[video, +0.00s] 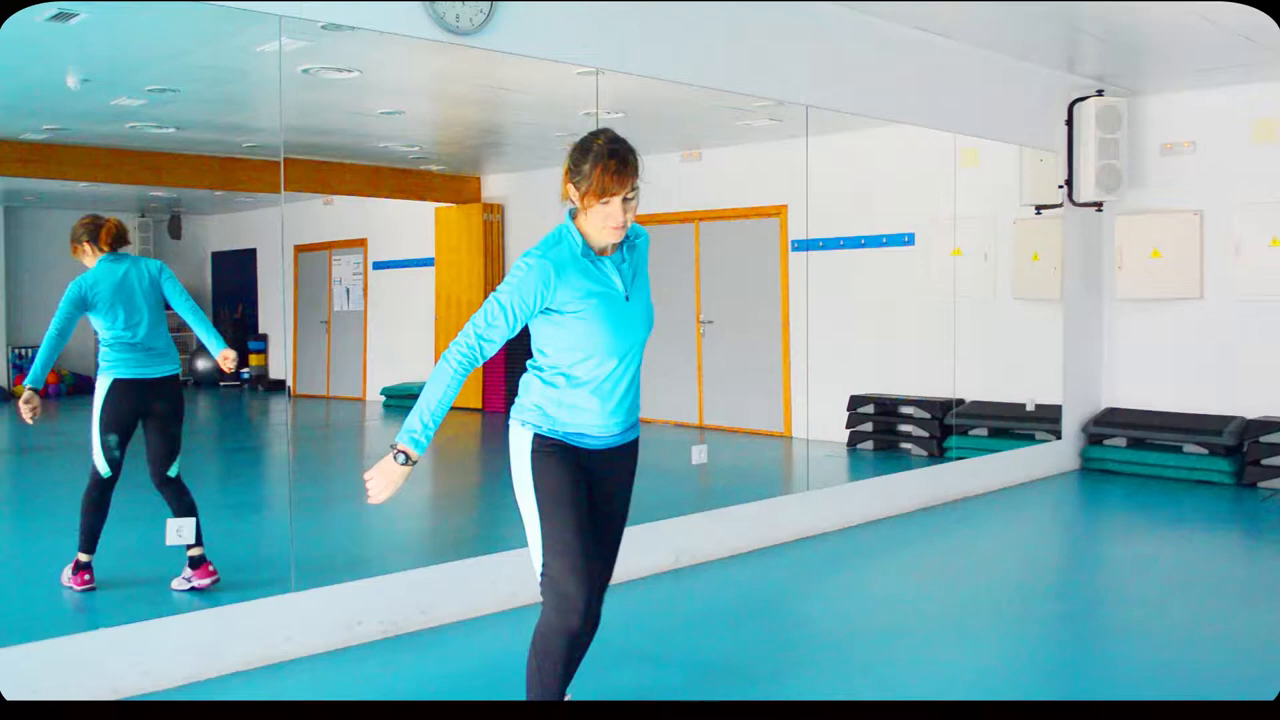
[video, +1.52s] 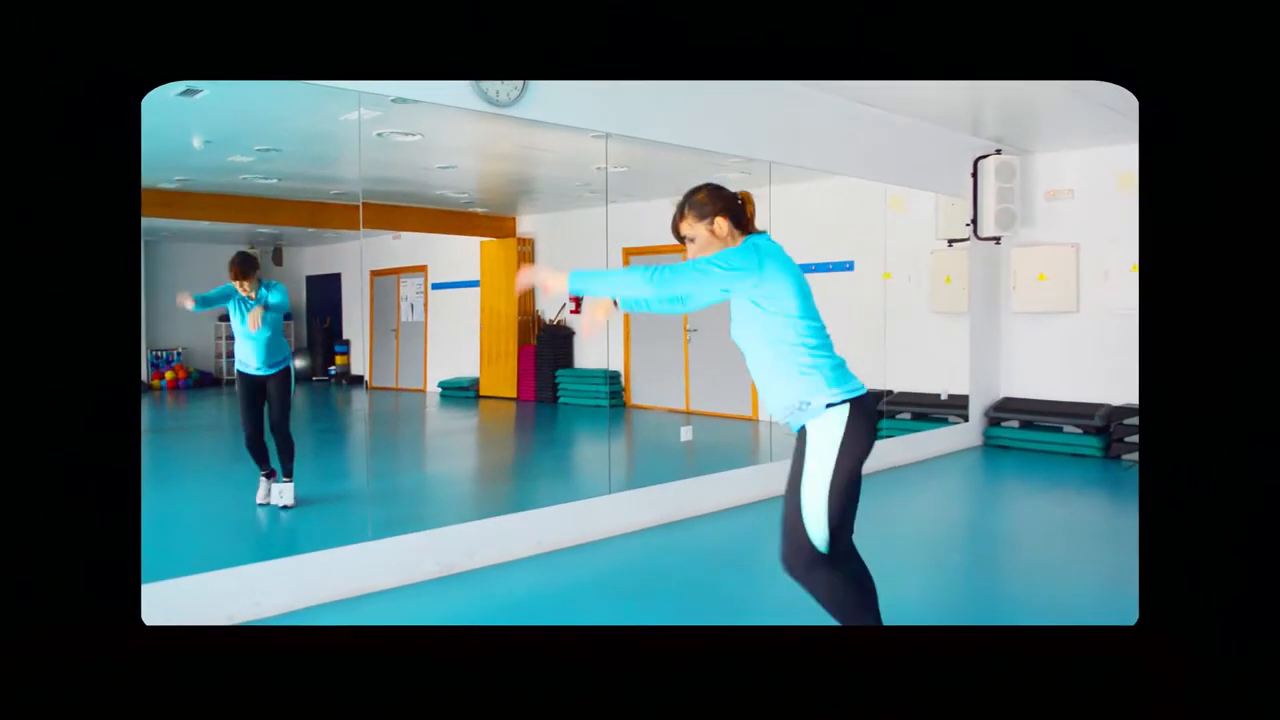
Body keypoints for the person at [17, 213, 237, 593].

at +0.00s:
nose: (82, 261)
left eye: (79, 254)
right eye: (79, 255)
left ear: (88, 247)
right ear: (114, 241)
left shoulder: (85, 283)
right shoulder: (155, 268)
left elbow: (57, 334)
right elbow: (186, 306)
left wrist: (31, 385)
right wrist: (219, 347)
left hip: (119, 386)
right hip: (166, 385)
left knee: (103, 475)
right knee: (167, 475)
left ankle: (82, 566)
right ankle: (200, 563)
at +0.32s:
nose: (73, 257)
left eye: (71, 250)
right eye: (70, 251)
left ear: (81, 246)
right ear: (106, 237)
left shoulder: (82, 285)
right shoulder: (146, 265)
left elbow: (82, 333)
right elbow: (185, 302)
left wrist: (85, 382)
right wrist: (224, 339)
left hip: (118, 379)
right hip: (162, 374)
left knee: (113, 464)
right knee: (164, 452)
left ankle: (103, 555)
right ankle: (178, 535)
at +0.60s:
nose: (102, 261)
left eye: (106, 254)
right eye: (101, 254)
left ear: (124, 254)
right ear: (134, 252)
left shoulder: (126, 287)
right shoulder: (159, 271)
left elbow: (161, 316)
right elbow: (198, 286)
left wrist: (191, 359)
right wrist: (240, 305)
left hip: (156, 375)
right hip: (185, 371)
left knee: (146, 452)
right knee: (175, 446)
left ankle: (142, 536)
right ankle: (185, 520)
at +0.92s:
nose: (176, 265)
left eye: (181, 259)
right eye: (171, 260)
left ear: (195, 261)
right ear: (166, 263)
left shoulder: (213, 296)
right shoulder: (172, 291)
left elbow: (239, 337)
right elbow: (183, 335)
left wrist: (230, 375)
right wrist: (171, 363)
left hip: (212, 383)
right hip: (183, 382)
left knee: (195, 448)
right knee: (180, 449)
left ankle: (228, 501)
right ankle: (209, 500)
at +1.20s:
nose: (208, 255)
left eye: (213, 249)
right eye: (205, 249)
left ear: (226, 245)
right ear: (202, 247)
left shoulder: (245, 267)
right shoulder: (196, 261)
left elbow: (245, 302)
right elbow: (151, 278)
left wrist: (216, 282)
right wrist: (161, 269)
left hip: (247, 348)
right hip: (215, 349)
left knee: (247, 414)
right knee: (222, 414)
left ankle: (252, 480)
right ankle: (228, 478)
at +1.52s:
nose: (241, 286)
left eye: (244, 280)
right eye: (236, 281)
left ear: (256, 274)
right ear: (233, 279)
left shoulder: (274, 289)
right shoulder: (231, 292)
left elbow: (283, 305)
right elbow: (210, 298)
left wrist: (262, 308)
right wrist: (194, 302)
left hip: (278, 369)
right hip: (247, 371)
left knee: (279, 427)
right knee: (251, 433)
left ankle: (287, 482)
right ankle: (267, 476)